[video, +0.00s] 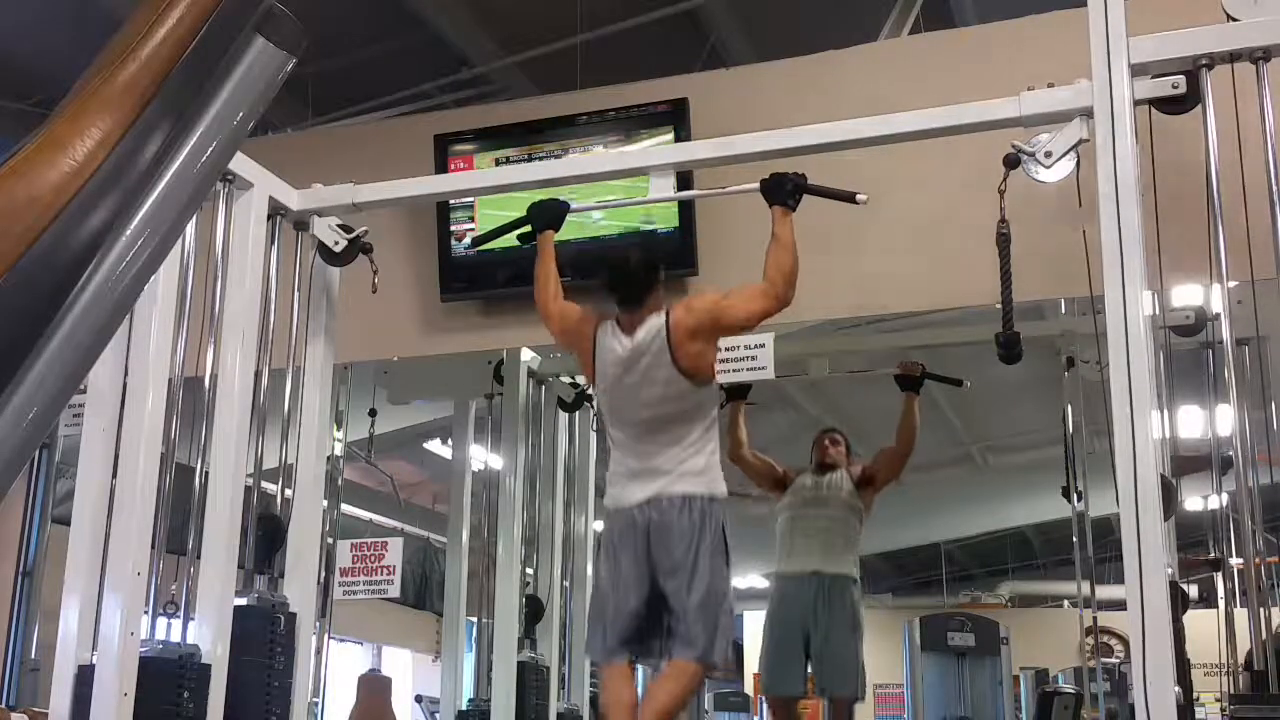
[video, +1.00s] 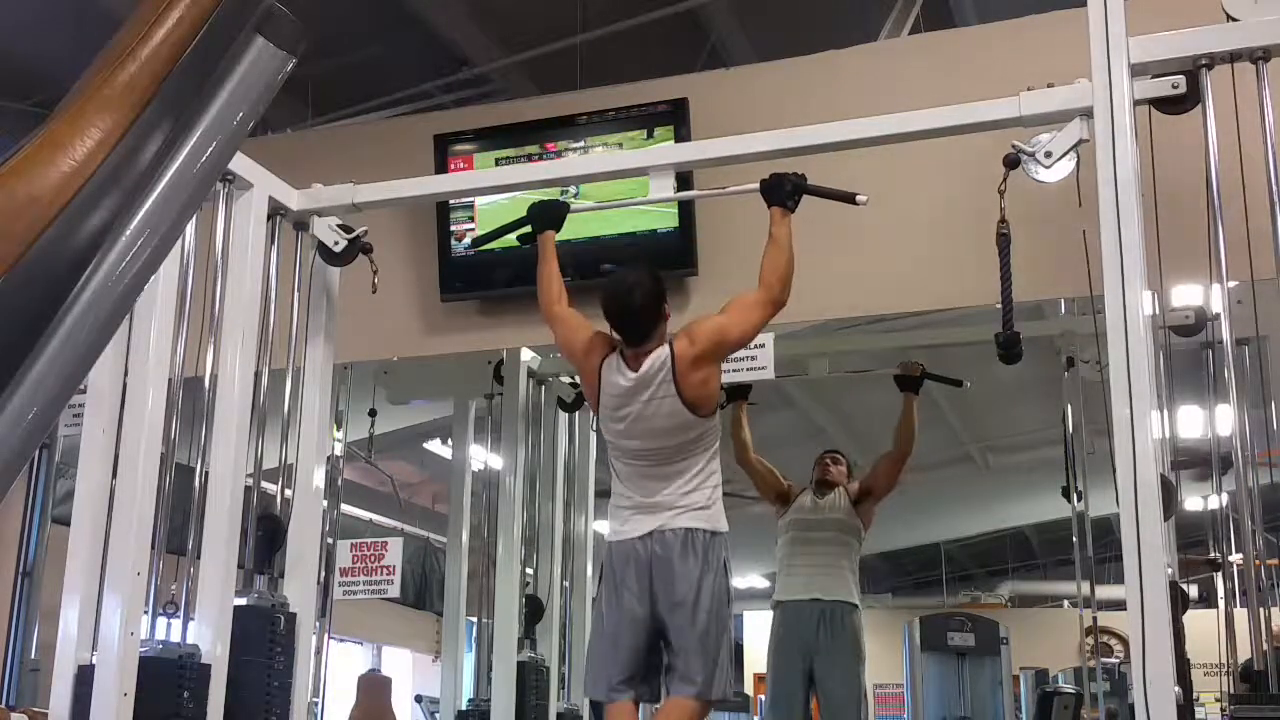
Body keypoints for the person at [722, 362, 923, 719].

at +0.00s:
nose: (828, 445)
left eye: (836, 442)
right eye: (822, 442)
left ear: (848, 455)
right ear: (811, 454)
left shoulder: (860, 480)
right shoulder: (789, 480)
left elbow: (902, 450)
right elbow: (739, 453)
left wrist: (910, 394)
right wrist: (736, 401)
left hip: (839, 589)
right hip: (788, 588)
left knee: (841, 696)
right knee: (779, 694)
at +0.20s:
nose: (828, 400)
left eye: (836, 398)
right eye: (822, 398)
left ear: (848, 413)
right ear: (813, 412)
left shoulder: (859, 441)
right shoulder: (792, 443)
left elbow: (910, 446)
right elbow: (740, 451)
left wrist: (912, 392)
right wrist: (735, 405)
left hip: (839, 543)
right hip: (791, 543)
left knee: (838, 646)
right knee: (781, 643)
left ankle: (829, 717)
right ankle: (811, 715)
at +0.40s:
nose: (824, 365)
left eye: (832, 360)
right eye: (817, 360)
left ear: (844, 372)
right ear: (808, 372)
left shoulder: (863, 410)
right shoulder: (788, 411)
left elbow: (907, 444)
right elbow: (741, 450)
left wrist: (912, 392)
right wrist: (737, 402)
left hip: (842, 512)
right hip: (794, 514)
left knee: (843, 620)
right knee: (788, 615)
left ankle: (833, 712)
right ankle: (830, 709)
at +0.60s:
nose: (826, 396)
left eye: (835, 393)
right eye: (821, 393)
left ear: (847, 408)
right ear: (812, 407)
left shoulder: (859, 437)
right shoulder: (792, 438)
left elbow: (909, 443)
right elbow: (744, 451)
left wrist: (913, 392)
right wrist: (736, 404)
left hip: (840, 546)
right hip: (792, 548)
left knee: (846, 650)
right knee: (795, 650)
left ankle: (845, 716)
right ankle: (831, 716)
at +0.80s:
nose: (830, 445)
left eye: (838, 441)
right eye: (825, 442)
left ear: (851, 454)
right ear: (815, 454)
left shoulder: (861, 482)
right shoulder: (791, 481)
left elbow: (907, 450)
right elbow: (740, 455)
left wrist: (912, 395)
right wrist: (736, 402)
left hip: (842, 591)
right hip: (791, 591)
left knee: (850, 697)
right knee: (789, 698)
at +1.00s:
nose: (826, 463)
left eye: (835, 462)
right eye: (820, 462)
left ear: (848, 476)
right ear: (811, 474)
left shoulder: (859, 499)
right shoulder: (788, 498)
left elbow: (901, 452)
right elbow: (746, 457)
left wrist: (909, 395)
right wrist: (738, 403)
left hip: (840, 613)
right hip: (789, 613)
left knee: (845, 709)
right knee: (784, 708)